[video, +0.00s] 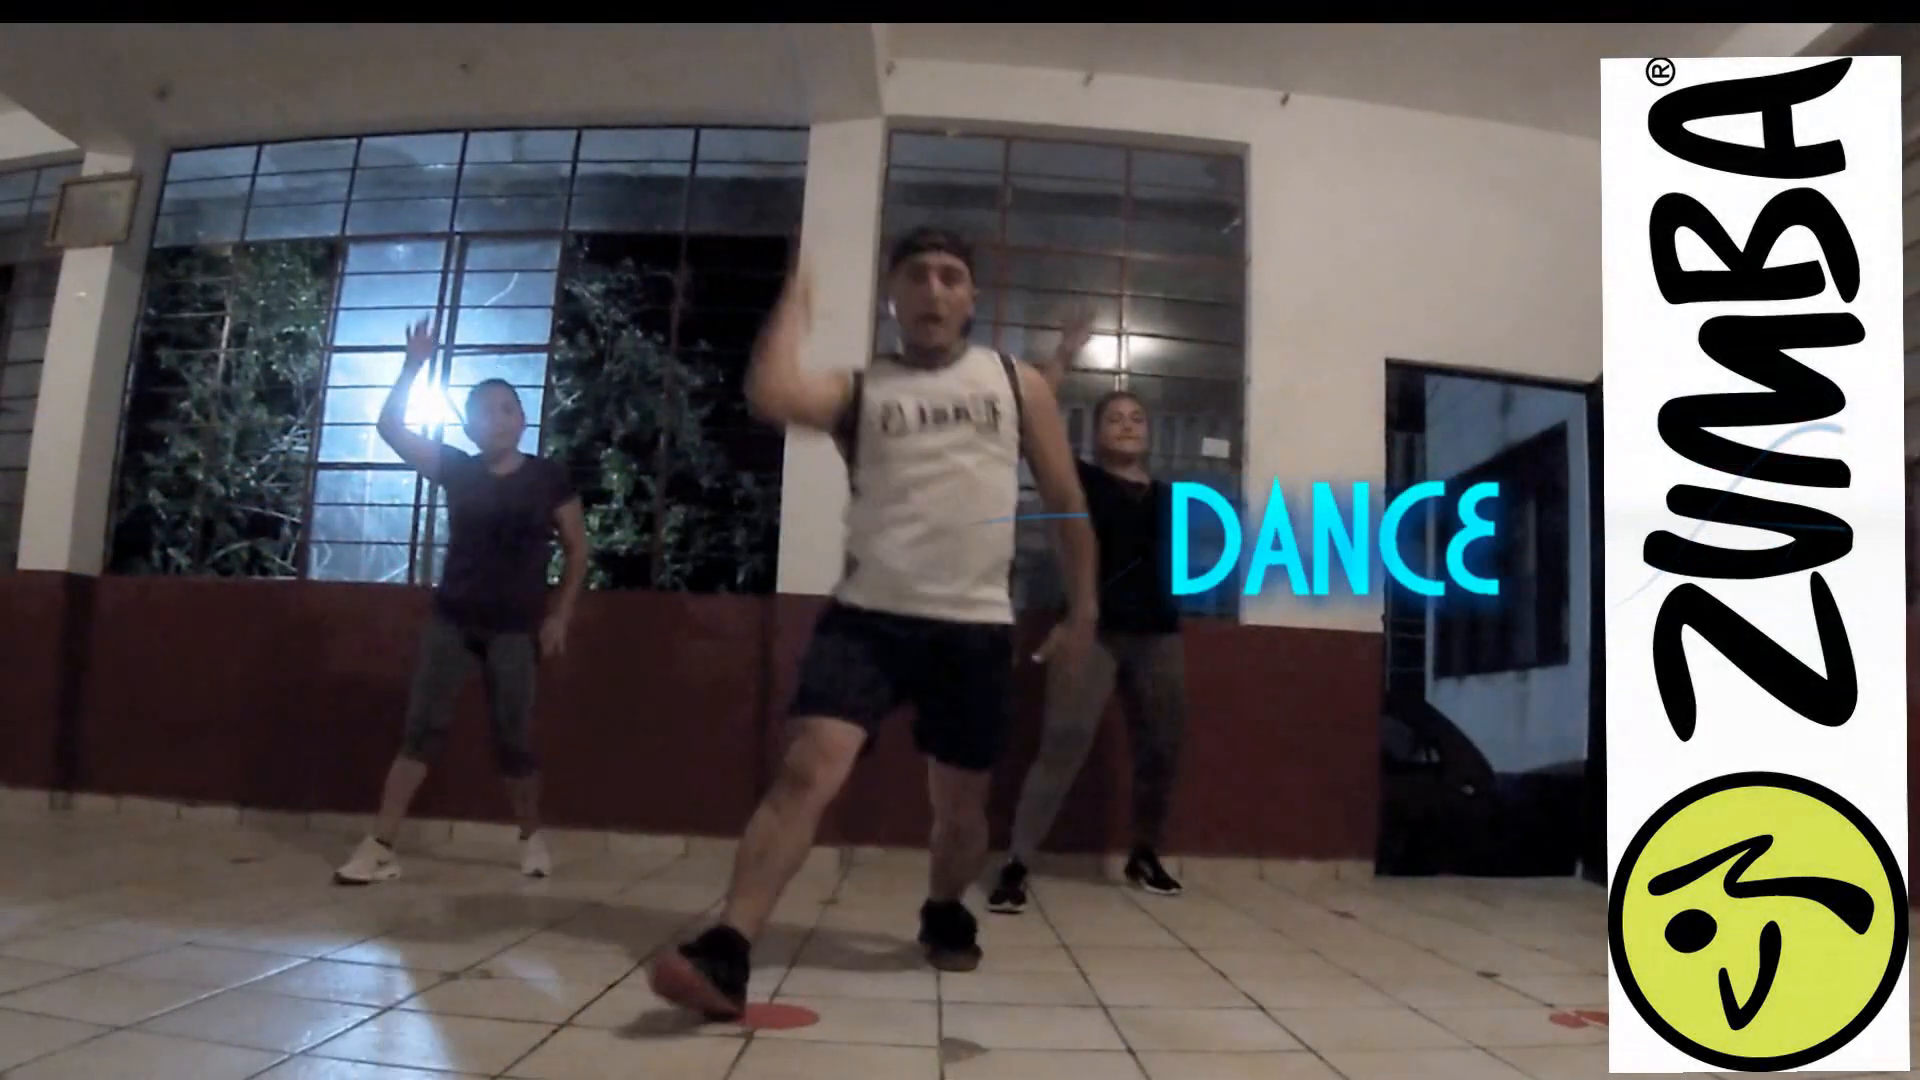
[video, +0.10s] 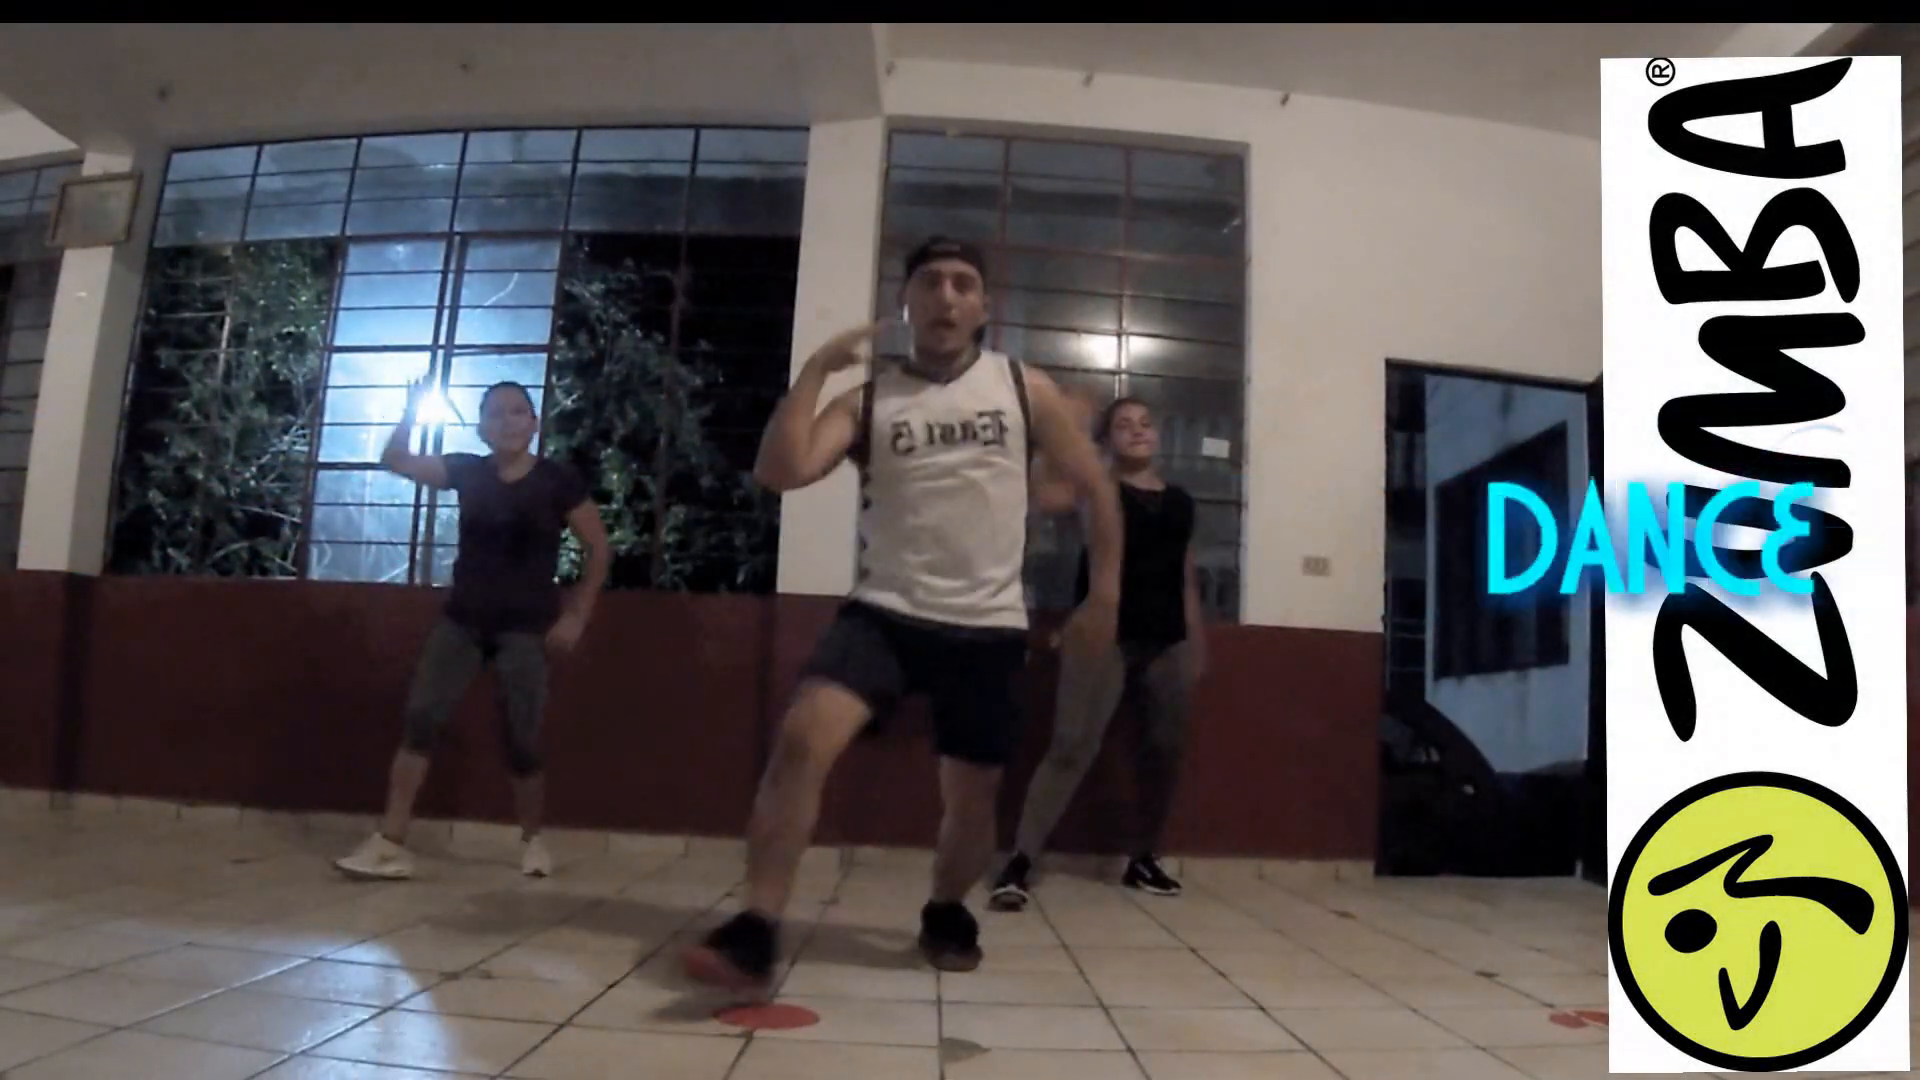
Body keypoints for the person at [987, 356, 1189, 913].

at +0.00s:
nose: (1127, 427)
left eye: (1136, 420)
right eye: (1115, 420)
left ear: (1148, 434)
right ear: (1097, 432)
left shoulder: (1165, 494)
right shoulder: (1079, 483)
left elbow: (1189, 551)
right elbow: (1035, 431)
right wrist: (1063, 357)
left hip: (1156, 632)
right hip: (1091, 628)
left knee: (1163, 744)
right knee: (1064, 742)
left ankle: (1144, 854)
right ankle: (1017, 862)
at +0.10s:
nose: (1137, 433)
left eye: (1144, 425)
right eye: (1125, 427)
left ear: (1156, 435)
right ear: (1108, 439)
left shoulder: (1179, 501)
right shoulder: (1098, 489)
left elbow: (1186, 574)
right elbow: (1043, 495)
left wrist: (1195, 639)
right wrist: (1069, 432)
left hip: (1165, 642)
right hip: (1102, 637)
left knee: (1164, 752)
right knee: (1071, 750)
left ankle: (1143, 860)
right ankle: (1020, 863)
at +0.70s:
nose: (1138, 428)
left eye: (1148, 423)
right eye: (1129, 420)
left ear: (1157, 438)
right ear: (1108, 433)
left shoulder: (1173, 491)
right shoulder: (1084, 486)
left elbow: (1239, 490)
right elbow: (1038, 556)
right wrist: (1040, 626)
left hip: (1164, 633)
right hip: (1095, 634)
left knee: (1217, 721)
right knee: (1086, 736)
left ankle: (1213, 853)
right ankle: (1076, 853)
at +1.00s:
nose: (1170, 430)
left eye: (1179, 423)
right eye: (1159, 423)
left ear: (1193, 436)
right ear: (1140, 438)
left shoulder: (1219, 485)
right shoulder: (1123, 498)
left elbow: (1269, 423)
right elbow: (1071, 562)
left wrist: (1280, 345)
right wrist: (1069, 626)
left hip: (1219, 635)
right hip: (1142, 637)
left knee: (1244, 741)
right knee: (1109, 743)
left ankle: (1247, 880)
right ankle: (1073, 857)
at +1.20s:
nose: (1167, 410)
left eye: (1175, 403)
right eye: (1155, 405)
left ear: (1190, 417)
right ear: (1135, 422)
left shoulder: (1221, 467)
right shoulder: (1122, 476)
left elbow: (1306, 448)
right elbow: (1058, 474)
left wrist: (1297, 374)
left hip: (1210, 619)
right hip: (1133, 616)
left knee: (1227, 737)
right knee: (1075, 716)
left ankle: (1242, 878)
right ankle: (1044, 857)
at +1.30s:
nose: (1156, 406)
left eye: (1164, 401)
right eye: (1143, 401)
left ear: (1179, 419)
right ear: (1122, 421)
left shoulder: (1207, 475)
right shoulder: (1110, 471)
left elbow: (1290, 487)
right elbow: (1066, 411)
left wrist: (1296, 423)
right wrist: (1078, 336)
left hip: (1197, 614)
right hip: (1120, 611)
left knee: (1219, 740)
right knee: (1077, 730)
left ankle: (1241, 876)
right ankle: (1029, 860)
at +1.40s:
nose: (1145, 417)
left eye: (1154, 411)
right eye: (1134, 410)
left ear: (1166, 428)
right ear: (1114, 424)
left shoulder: (1185, 492)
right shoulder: (1095, 477)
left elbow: (1242, 548)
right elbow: (1071, 396)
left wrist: (1261, 508)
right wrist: (1083, 323)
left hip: (1178, 625)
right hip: (1100, 622)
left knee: (1207, 746)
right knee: (1069, 740)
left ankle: (1237, 878)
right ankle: (1036, 870)